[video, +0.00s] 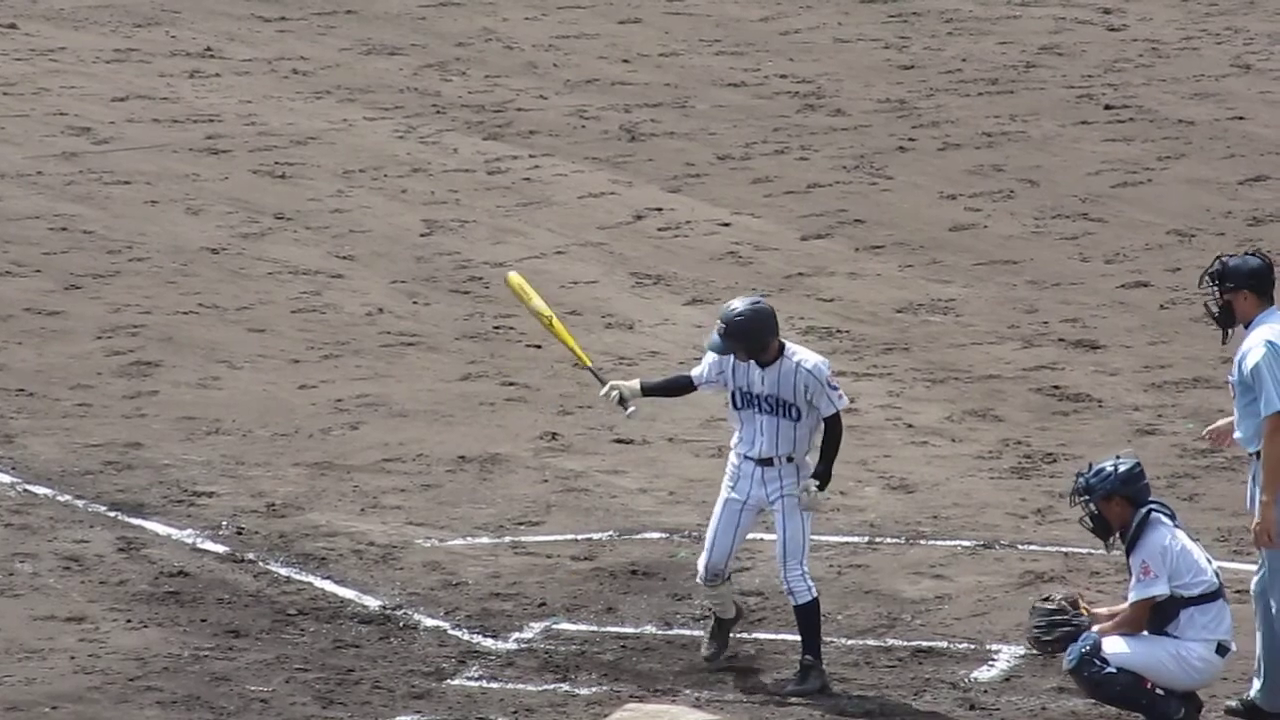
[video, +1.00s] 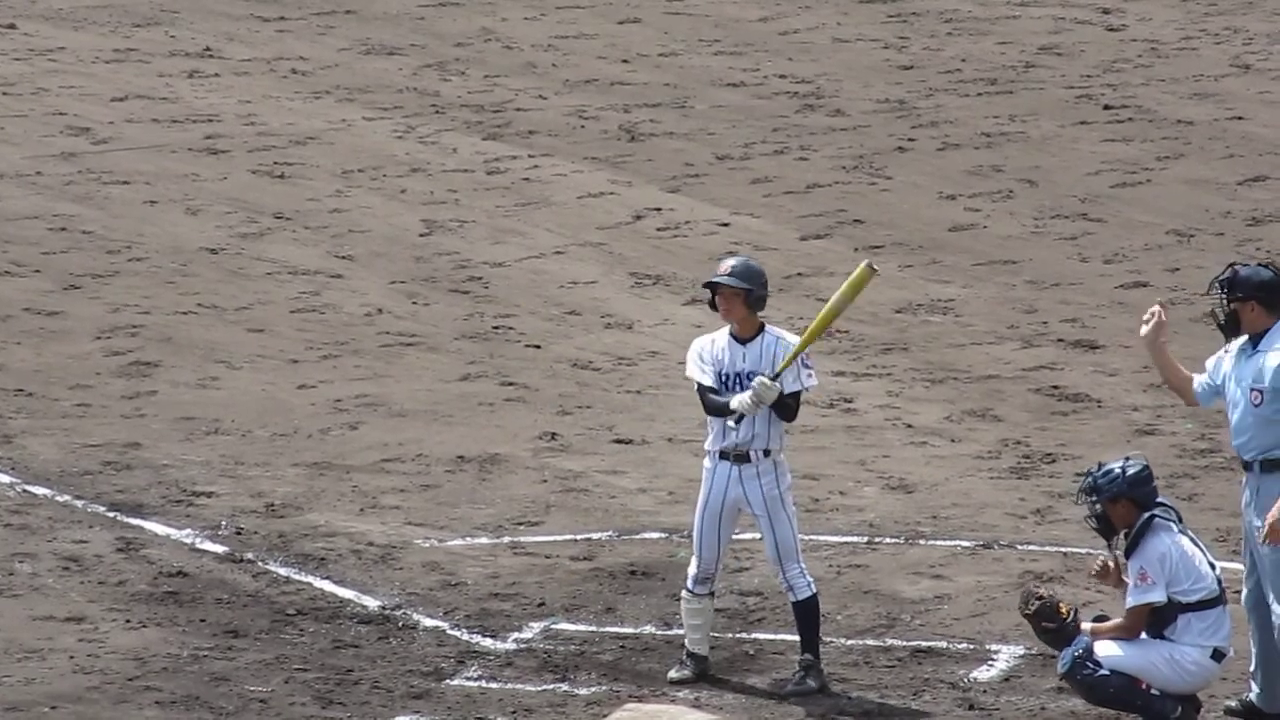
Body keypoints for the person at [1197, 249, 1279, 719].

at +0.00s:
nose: (1218, 301)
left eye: (1223, 293)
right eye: (1218, 292)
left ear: (1245, 296)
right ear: (1254, 295)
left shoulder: (1262, 349)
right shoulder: (1265, 333)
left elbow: (1272, 430)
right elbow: (1267, 405)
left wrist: (1268, 507)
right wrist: (1236, 424)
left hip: (1272, 482)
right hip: (1268, 476)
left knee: (1270, 589)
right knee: (1267, 586)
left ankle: (1269, 695)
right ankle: (1266, 690)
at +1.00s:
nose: (1226, 309)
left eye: (1233, 302)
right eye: (1228, 302)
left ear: (1255, 306)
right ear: (1251, 306)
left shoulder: (1274, 352)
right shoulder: (1235, 352)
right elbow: (1194, 391)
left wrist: (1278, 505)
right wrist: (1156, 346)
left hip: (1275, 485)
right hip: (1253, 483)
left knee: (1277, 600)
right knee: (1258, 599)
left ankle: (1271, 696)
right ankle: (1265, 695)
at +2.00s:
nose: (1230, 321)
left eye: (1233, 313)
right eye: (1229, 313)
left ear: (1253, 315)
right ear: (1261, 312)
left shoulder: (1272, 365)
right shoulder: (1264, 354)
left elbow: (1275, 448)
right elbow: (1259, 410)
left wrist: (1240, 509)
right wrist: (1232, 380)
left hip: (1266, 496)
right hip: (1254, 489)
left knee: (1266, 600)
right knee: (1260, 596)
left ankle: (1269, 694)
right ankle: (1264, 691)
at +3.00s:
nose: (1192, 340)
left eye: (1196, 333)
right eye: (1192, 332)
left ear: (1212, 337)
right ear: (1233, 331)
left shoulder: (1233, 378)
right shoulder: (1261, 359)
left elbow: (1258, 458)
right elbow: (1266, 452)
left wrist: (1238, 523)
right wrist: (1264, 510)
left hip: (1275, 504)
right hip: (1274, 504)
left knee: (1273, 611)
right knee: (1272, 605)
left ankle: (1275, 696)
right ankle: (1274, 693)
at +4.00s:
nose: (1218, 320)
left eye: (1223, 313)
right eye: (1219, 312)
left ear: (1241, 317)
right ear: (1257, 315)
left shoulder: (1254, 363)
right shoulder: (1265, 348)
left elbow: (1263, 446)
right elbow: (1263, 444)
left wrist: (1239, 514)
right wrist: (1247, 512)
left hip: (1270, 505)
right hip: (1266, 501)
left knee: (1265, 614)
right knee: (1264, 606)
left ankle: (1275, 698)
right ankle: (1273, 689)